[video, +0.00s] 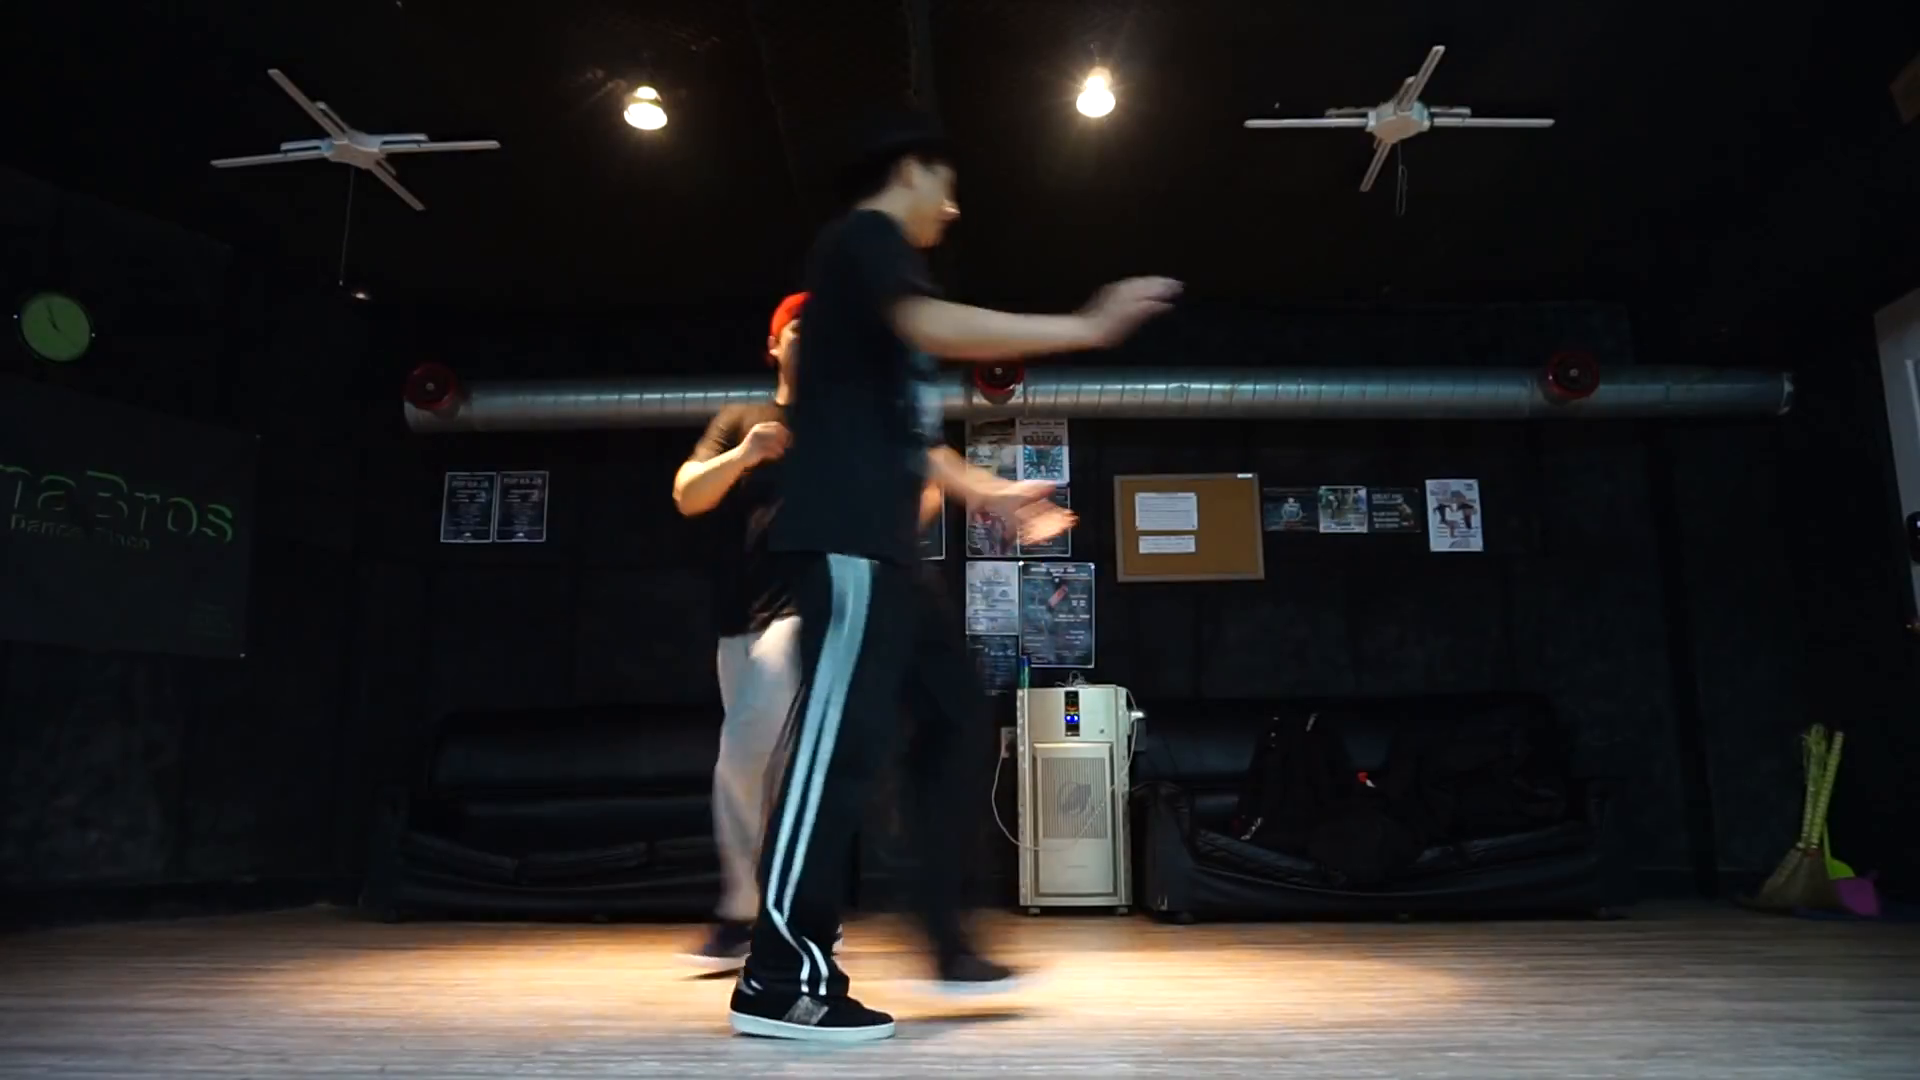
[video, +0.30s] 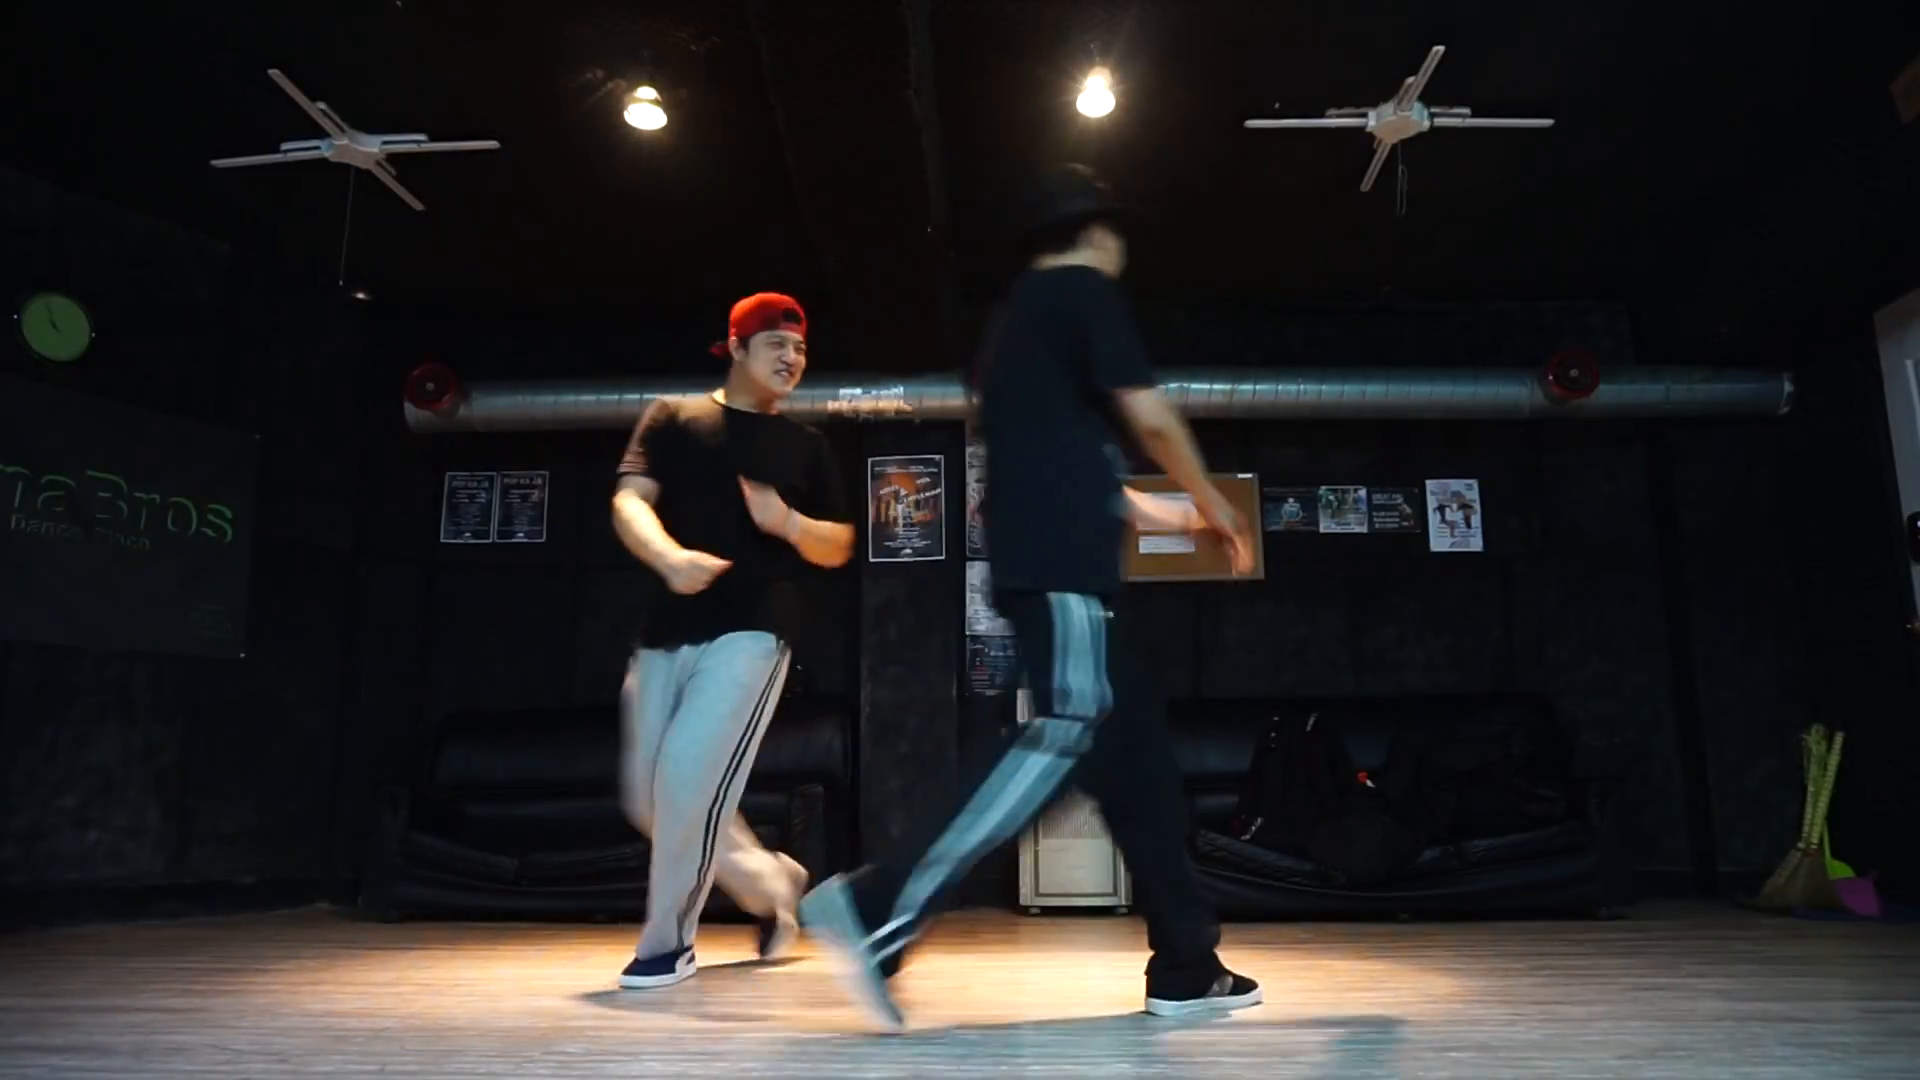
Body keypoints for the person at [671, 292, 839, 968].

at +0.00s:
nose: (798, 344)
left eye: (807, 333)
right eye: (790, 334)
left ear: (824, 346)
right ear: (774, 346)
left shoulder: (842, 420)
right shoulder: (743, 419)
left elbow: (919, 497)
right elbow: (688, 496)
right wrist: (743, 455)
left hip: (807, 601)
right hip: (742, 609)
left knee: (768, 676)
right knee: (769, 767)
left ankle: (739, 908)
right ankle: (792, 918)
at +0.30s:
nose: (790, 360)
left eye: (798, 349)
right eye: (775, 346)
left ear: (802, 360)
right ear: (736, 350)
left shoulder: (805, 445)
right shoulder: (673, 420)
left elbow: (839, 545)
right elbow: (630, 504)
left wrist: (787, 522)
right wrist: (672, 557)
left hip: (751, 633)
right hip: (666, 633)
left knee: (689, 788)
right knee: (647, 799)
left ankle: (667, 948)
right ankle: (777, 887)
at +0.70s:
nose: (727, 267)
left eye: (734, 260)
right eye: (712, 253)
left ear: (733, 278)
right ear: (664, 260)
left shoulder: (748, 356)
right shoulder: (600, 341)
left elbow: (803, 444)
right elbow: (532, 416)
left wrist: (724, 377)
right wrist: (549, 485)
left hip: (707, 593)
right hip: (603, 580)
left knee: (684, 773)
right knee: (573, 752)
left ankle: (670, 932)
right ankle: (523, 963)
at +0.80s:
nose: (711, 277)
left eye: (719, 267)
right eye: (697, 260)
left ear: (718, 281)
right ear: (648, 262)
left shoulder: (731, 361)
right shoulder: (580, 346)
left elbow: (807, 443)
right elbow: (501, 420)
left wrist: (724, 401)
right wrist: (533, 479)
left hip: (692, 602)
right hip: (586, 586)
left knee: (672, 786)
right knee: (559, 763)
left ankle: (662, 935)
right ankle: (523, 972)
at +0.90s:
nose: (705, 286)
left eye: (713, 274)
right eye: (691, 269)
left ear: (712, 281)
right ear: (640, 266)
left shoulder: (723, 369)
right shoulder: (563, 351)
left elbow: (801, 454)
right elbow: (472, 437)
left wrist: (735, 456)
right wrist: (538, 469)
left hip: (684, 608)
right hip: (574, 595)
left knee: (680, 817)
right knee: (547, 779)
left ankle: (641, 908)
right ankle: (525, 973)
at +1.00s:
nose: (715, 270)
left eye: (720, 257)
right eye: (701, 253)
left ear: (713, 265)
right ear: (648, 250)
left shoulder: (724, 363)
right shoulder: (560, 336)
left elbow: (787, 463)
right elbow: (473, 437)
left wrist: (755, 500)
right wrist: (576, 430)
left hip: (696, 611)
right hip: (578, 598)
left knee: (701, 795)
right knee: (555, 780)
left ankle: (614, 897)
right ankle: (526, 973)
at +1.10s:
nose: (736, 235)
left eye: (741, 222)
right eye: (722, 217)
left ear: (727, 233)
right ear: (671, 213)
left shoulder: (732, 339)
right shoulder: (579, 299)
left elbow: (768, 447)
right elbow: (505, 395)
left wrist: (762, 496)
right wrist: (641, 375)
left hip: (710, 586)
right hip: (593, 578)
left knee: (731, 758)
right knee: (557, 774)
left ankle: (618, 925)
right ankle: (526, 974)